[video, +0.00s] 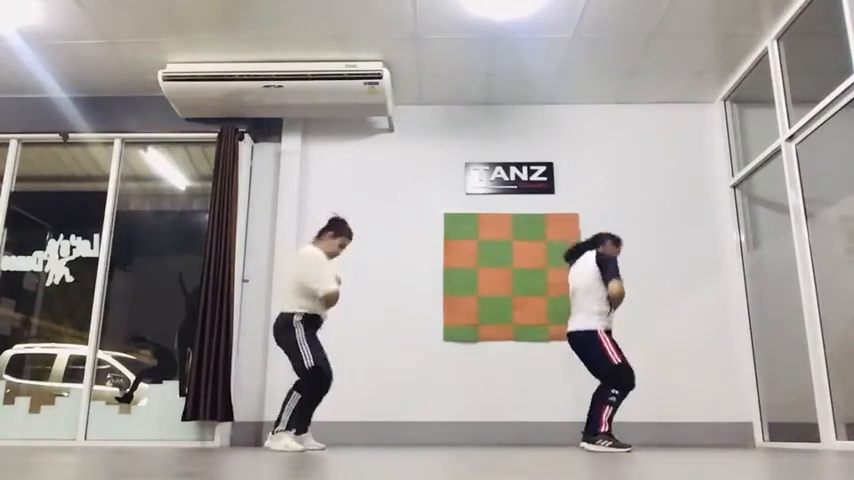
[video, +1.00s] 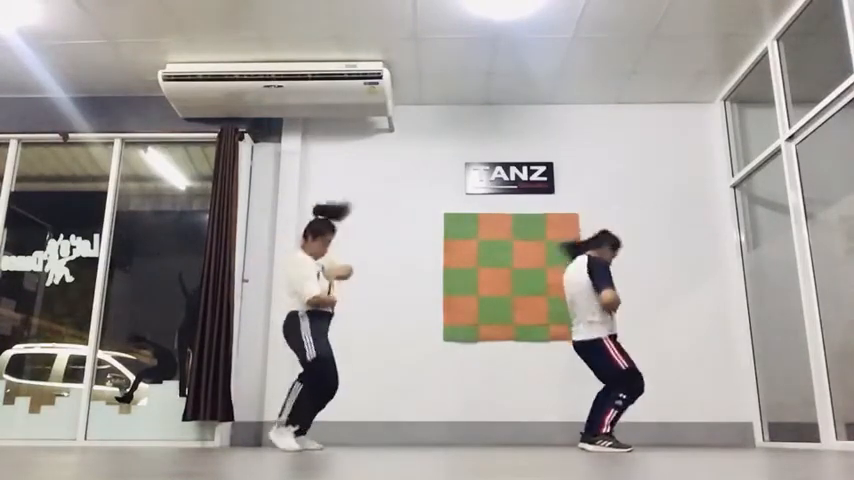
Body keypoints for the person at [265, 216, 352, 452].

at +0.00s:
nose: (340, 252)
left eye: (343, 248)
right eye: (340, 245)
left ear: (328, 238)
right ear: (328, 235)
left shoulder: (312, 257)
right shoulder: (312, 256)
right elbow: (328, 299)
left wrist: (332, 282)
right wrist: (336, 285)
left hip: (303, 323)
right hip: (294, 322)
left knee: (322, 376)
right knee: (313, 374)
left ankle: (299, 432)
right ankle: (279, 433)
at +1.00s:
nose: (326, 248)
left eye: (329, 244)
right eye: (324, 242)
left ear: (323, 242)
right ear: (308, 237)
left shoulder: (317, 263)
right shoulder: (299, 262)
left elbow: (345, 270)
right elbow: (311, 298)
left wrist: (334, 273)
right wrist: (330, 300)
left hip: (317, 322)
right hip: (302, 320)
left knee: (329, 382)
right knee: (315, 371)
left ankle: (298, 433)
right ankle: (282, 428)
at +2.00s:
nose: (321, 243)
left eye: (324, 240)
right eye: (315, 239)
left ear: (328, 246)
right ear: (304, 244)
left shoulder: (331, 274)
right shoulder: (294, 268)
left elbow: (352, 308)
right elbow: (271, 294)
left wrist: (360, 338)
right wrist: (274, 329)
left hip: (318, 339)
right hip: (290, 336)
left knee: (345, 378)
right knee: (290, 376)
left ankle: (324, 424)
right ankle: (270, 432)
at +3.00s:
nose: (330, 252)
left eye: (335, 247)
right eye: (326, 249)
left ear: (346, 251)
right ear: (323, 253)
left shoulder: (356, 277)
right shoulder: (315, 275)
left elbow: (369, 310)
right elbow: (290, 297)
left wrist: (357, 343)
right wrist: (290, 329)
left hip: (337, 340)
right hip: (307, 336)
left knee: (352, 387)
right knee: (275, 373)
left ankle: (352, 435)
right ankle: (284, 429)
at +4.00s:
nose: (340, 249)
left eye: (345, 246)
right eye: (337, 246)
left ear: (354, 252)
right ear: (332, 252)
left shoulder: (363, 278)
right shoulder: (321, 277)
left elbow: (373, 312)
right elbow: (313, 310)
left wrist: (363, 338)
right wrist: (318, 333)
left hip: (356, 337)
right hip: (328, 337)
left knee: (370, 387)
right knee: (305, 384)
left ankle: (379, 433)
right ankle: (299, 434)